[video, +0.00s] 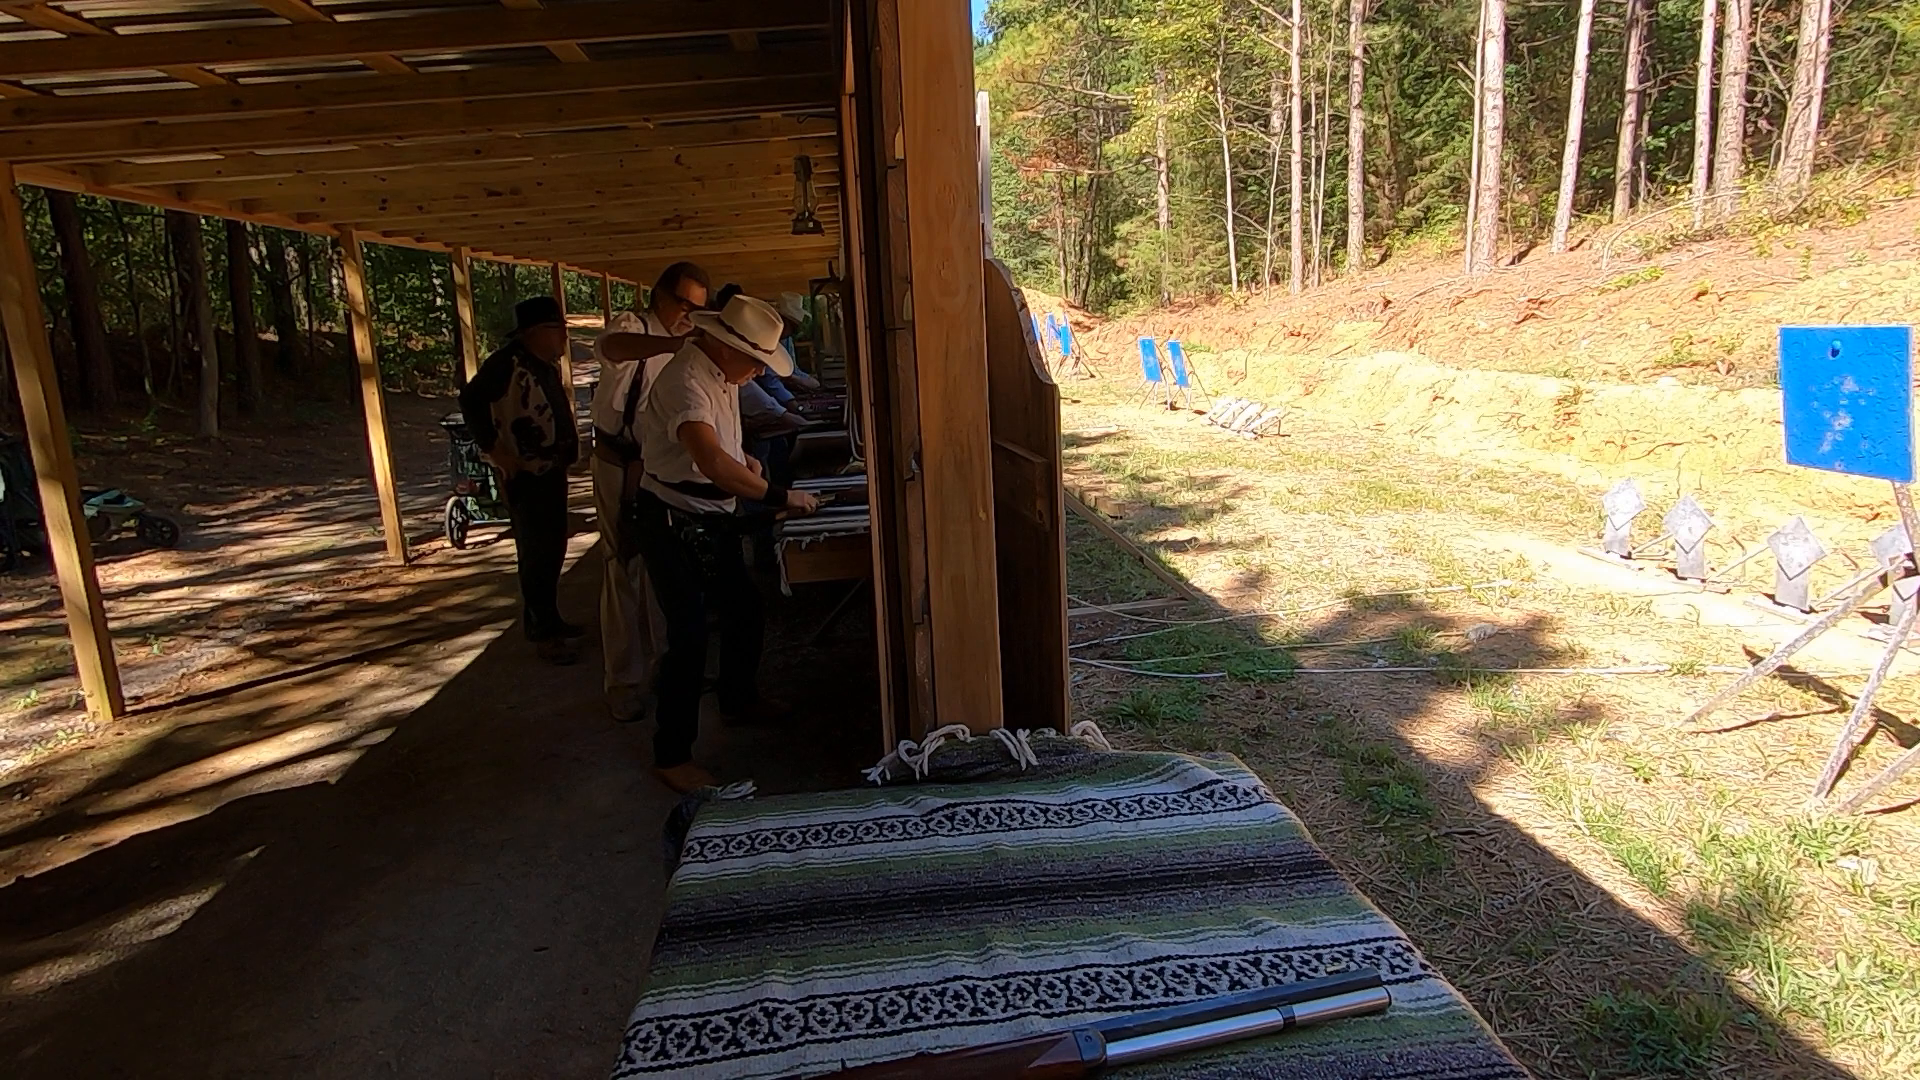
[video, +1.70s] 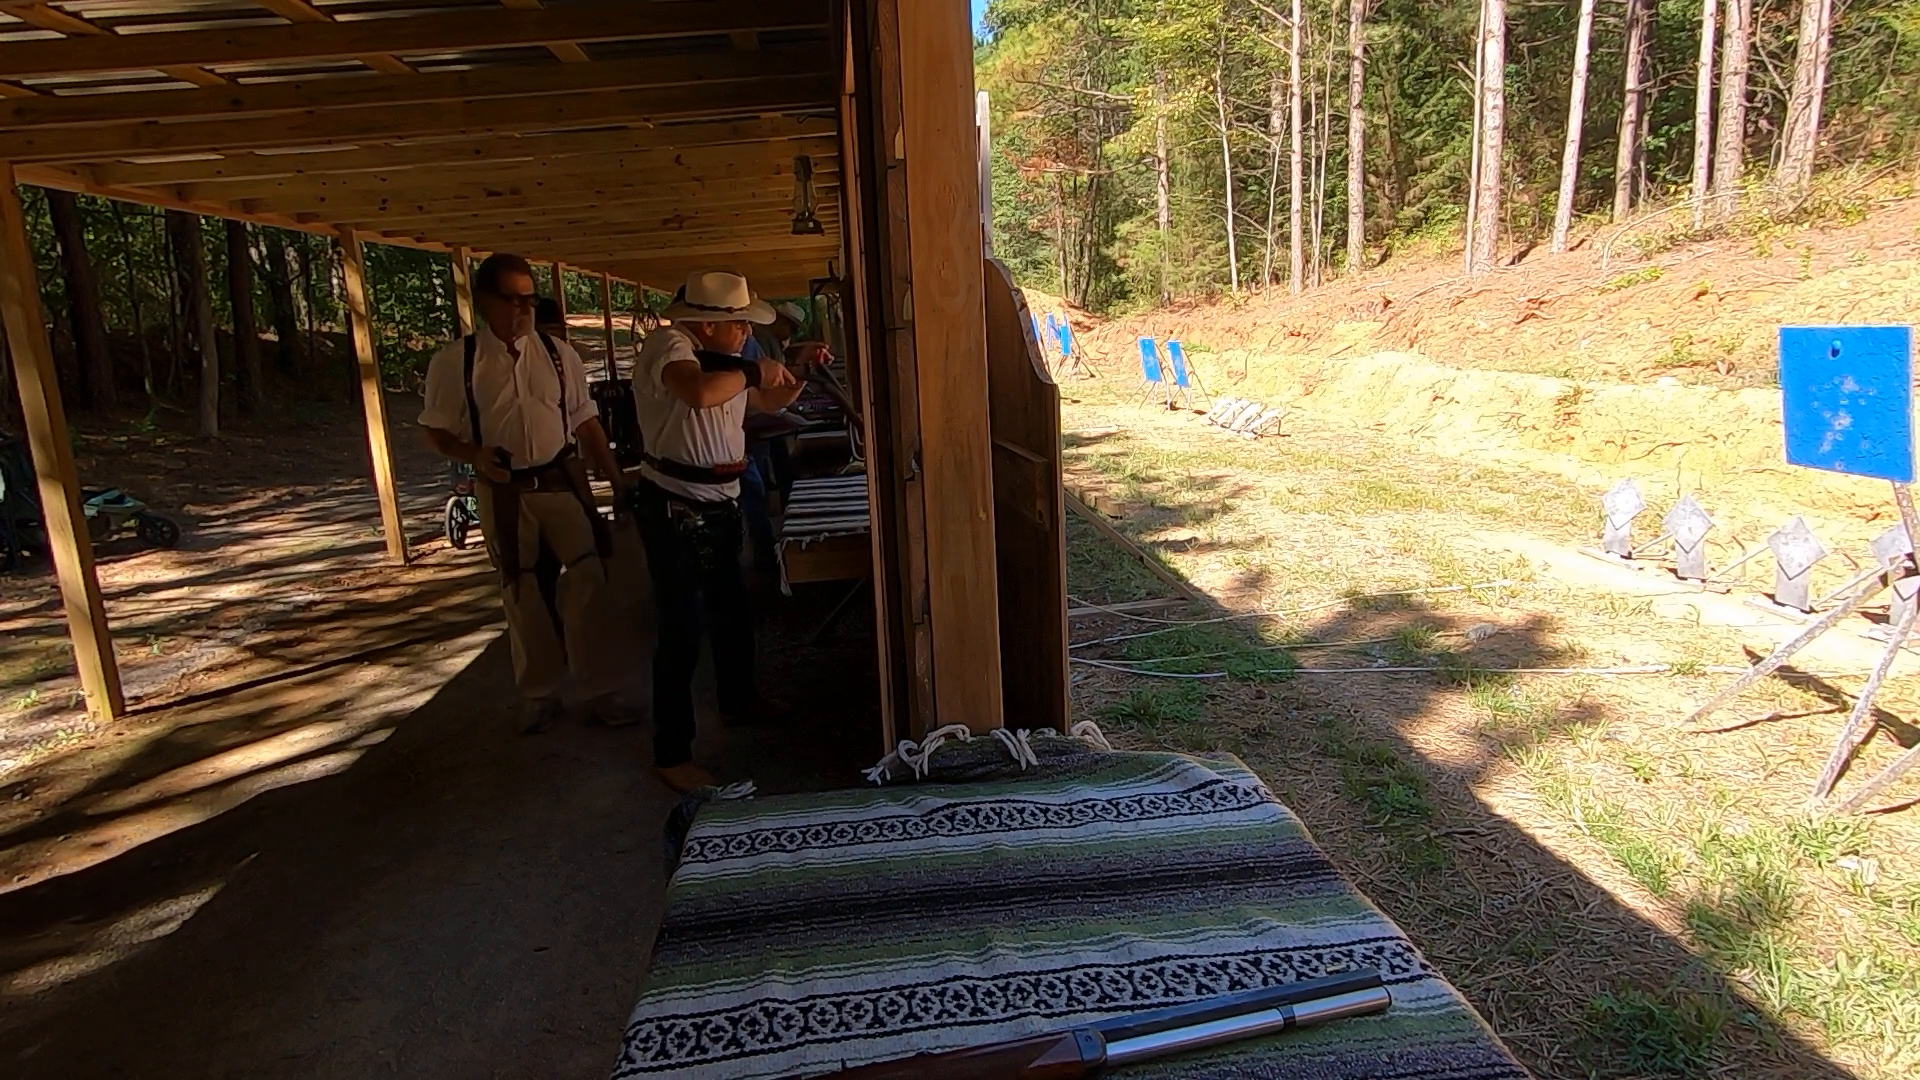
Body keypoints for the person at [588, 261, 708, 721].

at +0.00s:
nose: (689, 314)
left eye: (696, 309)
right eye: (683, 304)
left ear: (699, 311)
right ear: (659, 295)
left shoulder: (690, 344)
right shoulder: (631, 325)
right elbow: (608, 347)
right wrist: (674, 345)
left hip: (667, 461)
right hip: (618, 462)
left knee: (669, 563)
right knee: (624, 569)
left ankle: (670, 665)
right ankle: (624, 682)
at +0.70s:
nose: (683, 314)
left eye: (690, 308)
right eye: (677, 304)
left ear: (692, 310)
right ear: (651, 296)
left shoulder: (683, 344)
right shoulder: (625, 326)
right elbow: (608, 349)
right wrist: (671, 343)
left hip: (664, 459)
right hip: (615, 461)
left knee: (665, 562)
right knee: (620, 568)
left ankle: (670, 664)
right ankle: (616, 682)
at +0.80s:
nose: (675, 312)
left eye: (683, 307)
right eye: (669, 302)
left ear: (687, 308)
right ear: (643, 294)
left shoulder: (678, 341)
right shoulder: (619, 325)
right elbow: (597, 351)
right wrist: (662, 341)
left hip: (660, 459)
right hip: (609, 459)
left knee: (661, 564)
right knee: (612, 567)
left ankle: (668, 665)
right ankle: (600, 679)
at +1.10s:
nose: (636, 312)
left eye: (643, 303)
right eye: (627, 302)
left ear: (649, 303)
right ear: (601, 298)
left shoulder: (653, 344)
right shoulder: (575, 337)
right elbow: (537, 377)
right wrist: (607, 362)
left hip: (644, 473)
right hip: (584, 476)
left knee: (653, 580)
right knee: (569, 581)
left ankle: (670, 675)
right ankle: (545, 694)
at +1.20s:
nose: (615, 311)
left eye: (620, 304)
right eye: (605, 303)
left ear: (624, 304)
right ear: (577, 301)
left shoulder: (627, 351)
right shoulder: (549, 343)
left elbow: (640, 408)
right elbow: (512, 397)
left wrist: (644, 443)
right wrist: (573, 383)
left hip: (623, 475)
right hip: (567, 479)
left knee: (646, 575)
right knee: (559, 582)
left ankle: (666, 669)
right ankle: (544, 694)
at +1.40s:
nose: (568, 309)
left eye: (573, 300)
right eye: (557, 301)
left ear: (577, 301)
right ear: (528, 301)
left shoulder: (593, 354)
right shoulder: (499, 357)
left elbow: (614, 419)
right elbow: (462, 428)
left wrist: (640, 469)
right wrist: (517, 433)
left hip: (591, 480)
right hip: (533, 486)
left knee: (632, 563)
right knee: (537, 586)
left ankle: (663, 659)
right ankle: (543, 696)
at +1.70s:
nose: (525, 307)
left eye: (530, 298)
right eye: (513, 300)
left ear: (536, 299)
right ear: (483, 301)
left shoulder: (558, 353)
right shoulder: (454, 360)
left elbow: (585, 421)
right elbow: (436, 432)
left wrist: (614, 475)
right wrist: (473, 454)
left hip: (560, 481)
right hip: (502, 489)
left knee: (587, 576)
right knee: (520, 591)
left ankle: (594, 690)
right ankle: (539, 697)